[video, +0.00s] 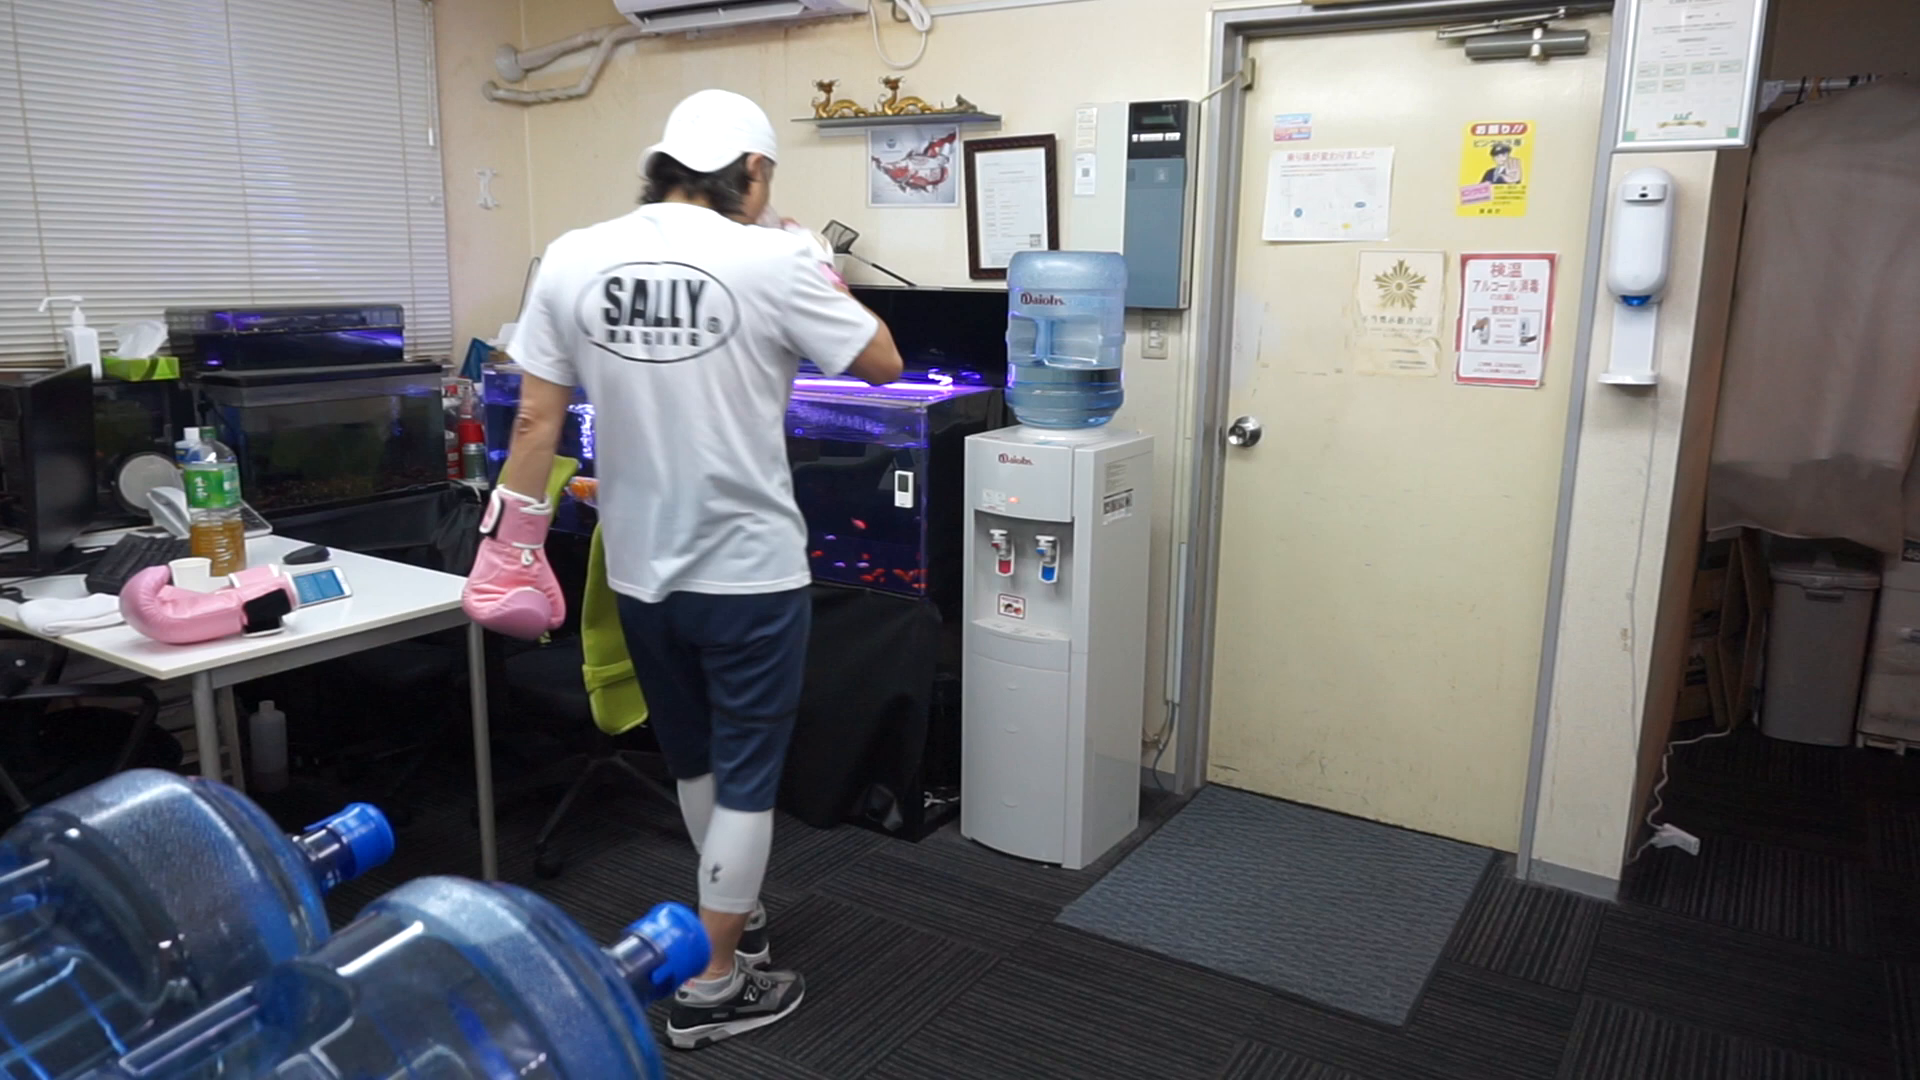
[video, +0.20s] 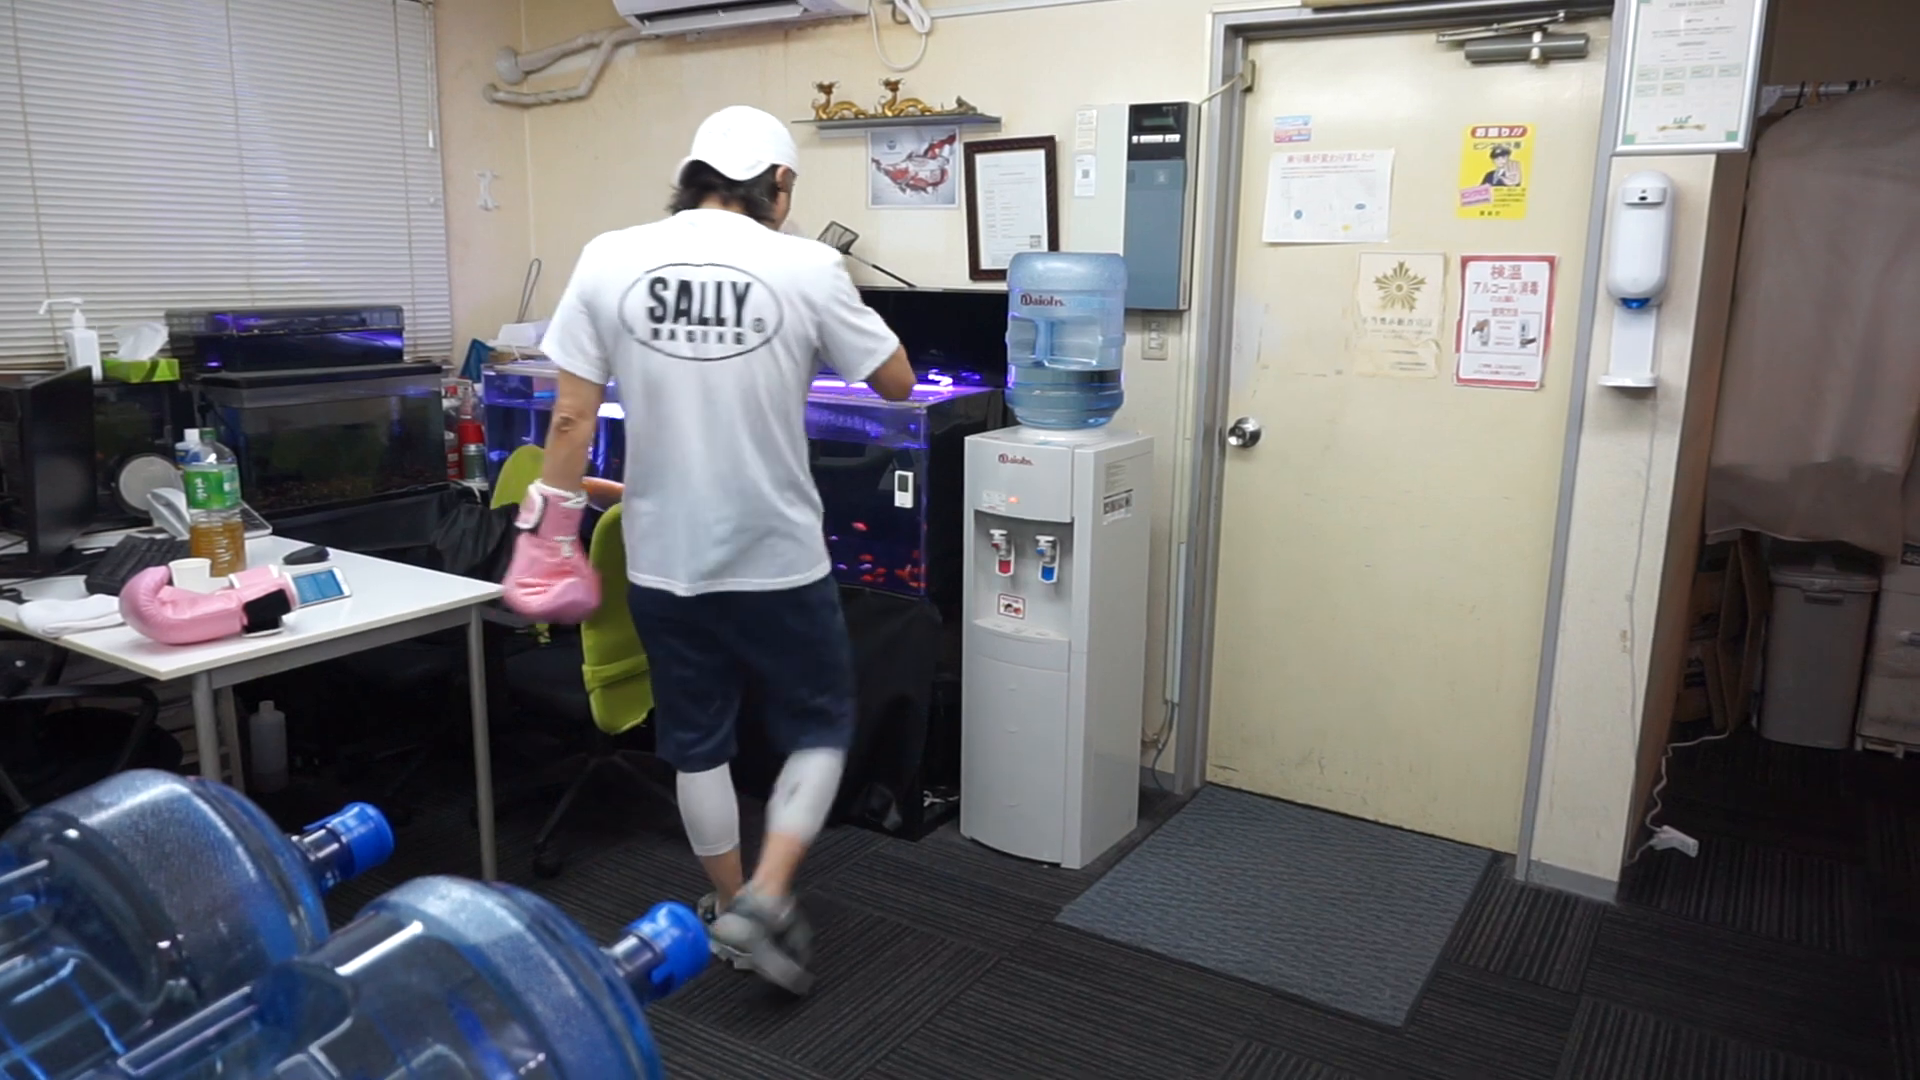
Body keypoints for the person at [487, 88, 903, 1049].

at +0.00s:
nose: (769, 194)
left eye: (770, 181)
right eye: (768, 179)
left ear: (662, 169)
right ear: (749, 173)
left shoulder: (571, 260)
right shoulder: (769, 263)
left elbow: (539, 423)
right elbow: (882, 364)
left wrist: (508, 548)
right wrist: (811, 265)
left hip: (638, 567)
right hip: (748, 565)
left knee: (691, 755)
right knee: (747, 770)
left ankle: (733, 912)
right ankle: (712, 985)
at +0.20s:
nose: (793, 201)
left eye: (790, 189)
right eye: (791, 188)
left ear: (689, 180)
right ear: (774, 186)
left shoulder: (608, 260)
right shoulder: (807, 268)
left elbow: (572, 418)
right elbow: (897, 381)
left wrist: (550, 544)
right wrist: (819, 306)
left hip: (662, 557)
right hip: (776, 554)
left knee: (697, 741)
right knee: (818, 718)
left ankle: (740, 921)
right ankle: (761, 897)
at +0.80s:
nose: (761, 181)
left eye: (762, 170)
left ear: (769, 169)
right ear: (847, 165)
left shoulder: (750, 227)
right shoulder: (909, 248)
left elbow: (715, 382)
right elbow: (953, 385)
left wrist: (670, 487)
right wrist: (895, 361)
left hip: (775, 526)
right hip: (879, 524)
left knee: (749, 705)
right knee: (886, 691)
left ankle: (741, 899)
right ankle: (896, 867)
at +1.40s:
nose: (705, 188)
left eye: (704, 170)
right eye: (701, 172)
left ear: (731, 156)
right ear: (787, 157)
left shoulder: (745, 222)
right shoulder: (868, 236)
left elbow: (752, 373)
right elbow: (922, 363)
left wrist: (705, 497)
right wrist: (844, 373)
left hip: (769, 526)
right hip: (848, 525)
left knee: (739, 724)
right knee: (860, 694)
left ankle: (753, 909)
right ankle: (894, 861)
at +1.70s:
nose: (611, 191)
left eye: (612, 169)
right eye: (607, 172)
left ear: (649, 150)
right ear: (681, 151)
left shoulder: (676, 232)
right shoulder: (786, 230)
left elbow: (663, 401)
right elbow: (832, 379)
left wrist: (609, 524)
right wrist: (760, 448)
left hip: (702, 532)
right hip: (768, 523)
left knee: (716, 726)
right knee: (735, 688)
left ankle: (754, 912)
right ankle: (806, 832)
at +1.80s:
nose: (577, 189)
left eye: (577, 167)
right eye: (572, 170)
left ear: (616, 147)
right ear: (644, 150)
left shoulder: (655, 233)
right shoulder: (747, 225)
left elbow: (643, 402)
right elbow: (800, 376)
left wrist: (585, 535)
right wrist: (741, 463)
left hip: (688, 538)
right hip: (738, 526)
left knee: (710, 731)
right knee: (647, 687)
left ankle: (759, 912)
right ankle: (702, 860)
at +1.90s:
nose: (536, 191)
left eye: (539, 170)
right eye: (531, 174)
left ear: (581, 152)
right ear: (608, 152)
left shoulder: (633, 237)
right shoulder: (701, 222)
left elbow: (625, 415)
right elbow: (769, 366)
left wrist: (568, 546)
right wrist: (699, 452)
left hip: (671, 546)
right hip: (683, 530)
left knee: (705, 737)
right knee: (590, 696)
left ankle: (756, 914)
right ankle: (593, 881)